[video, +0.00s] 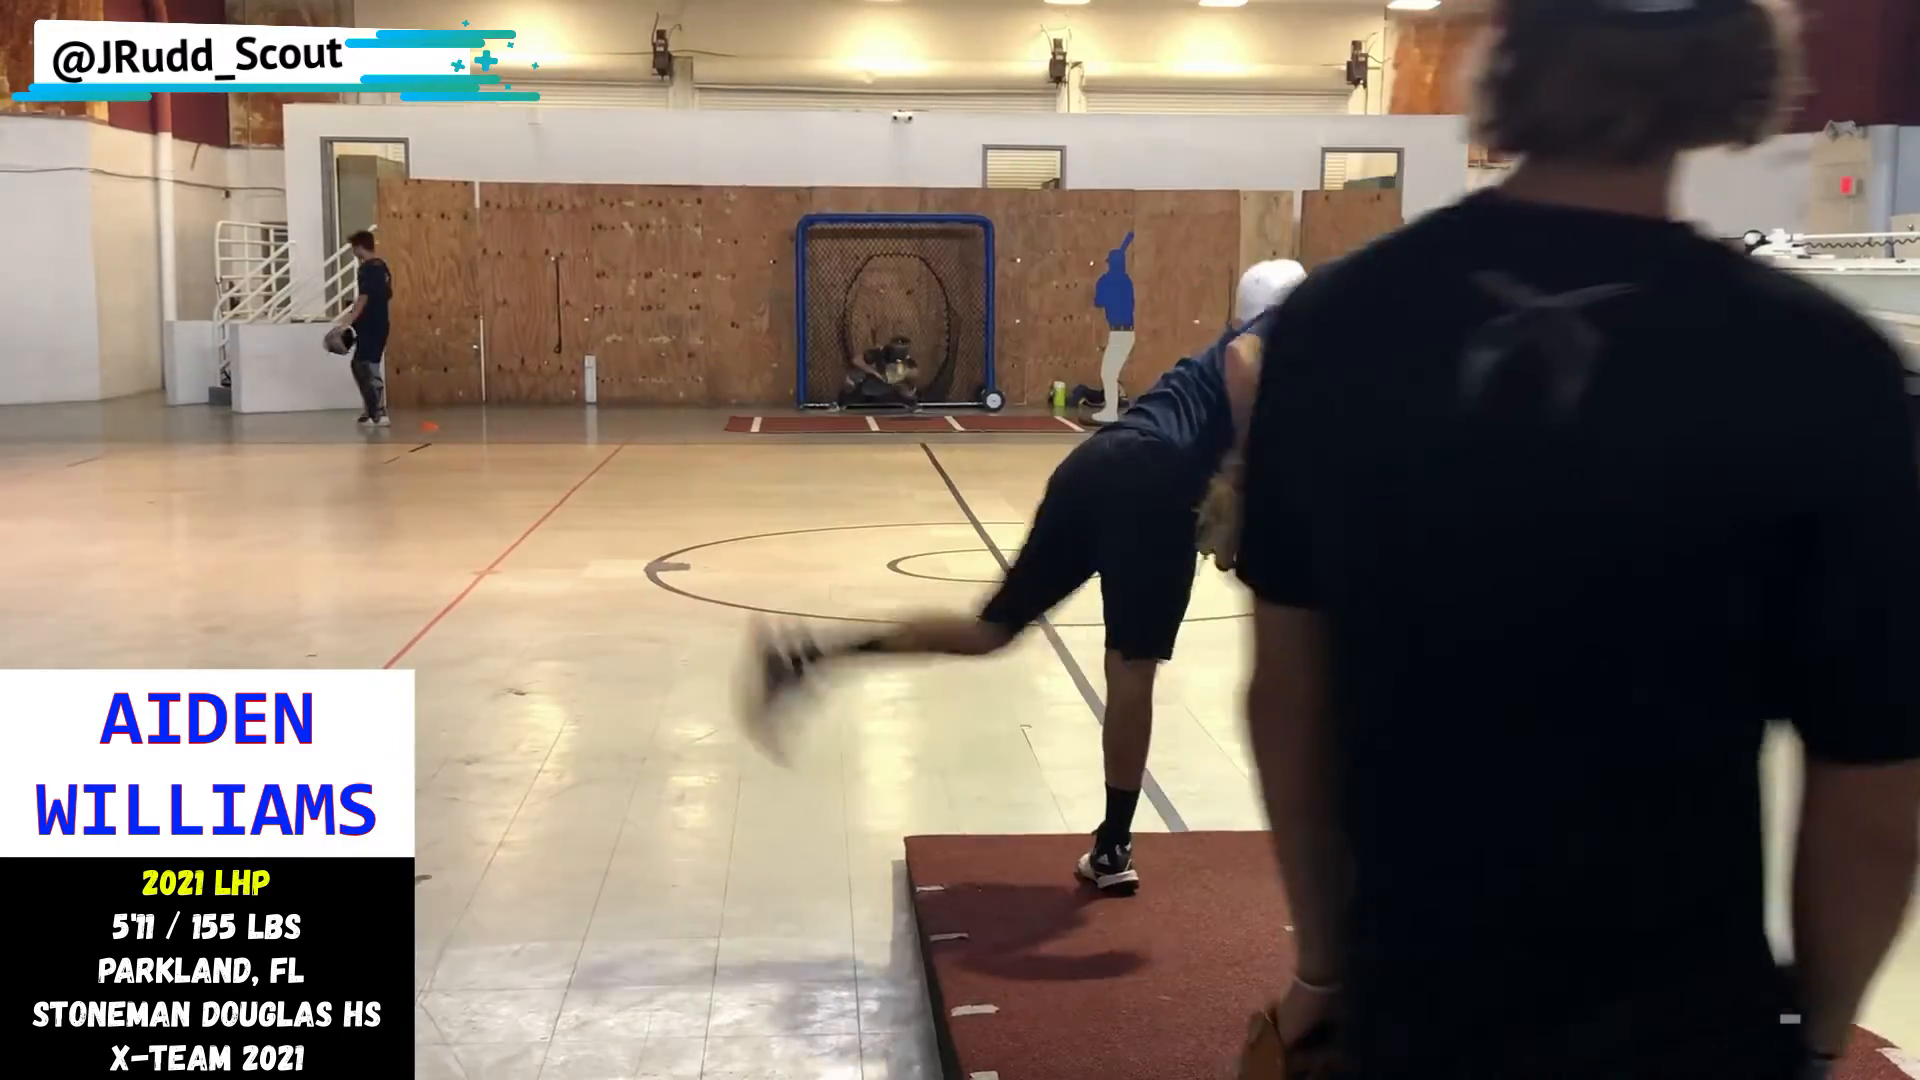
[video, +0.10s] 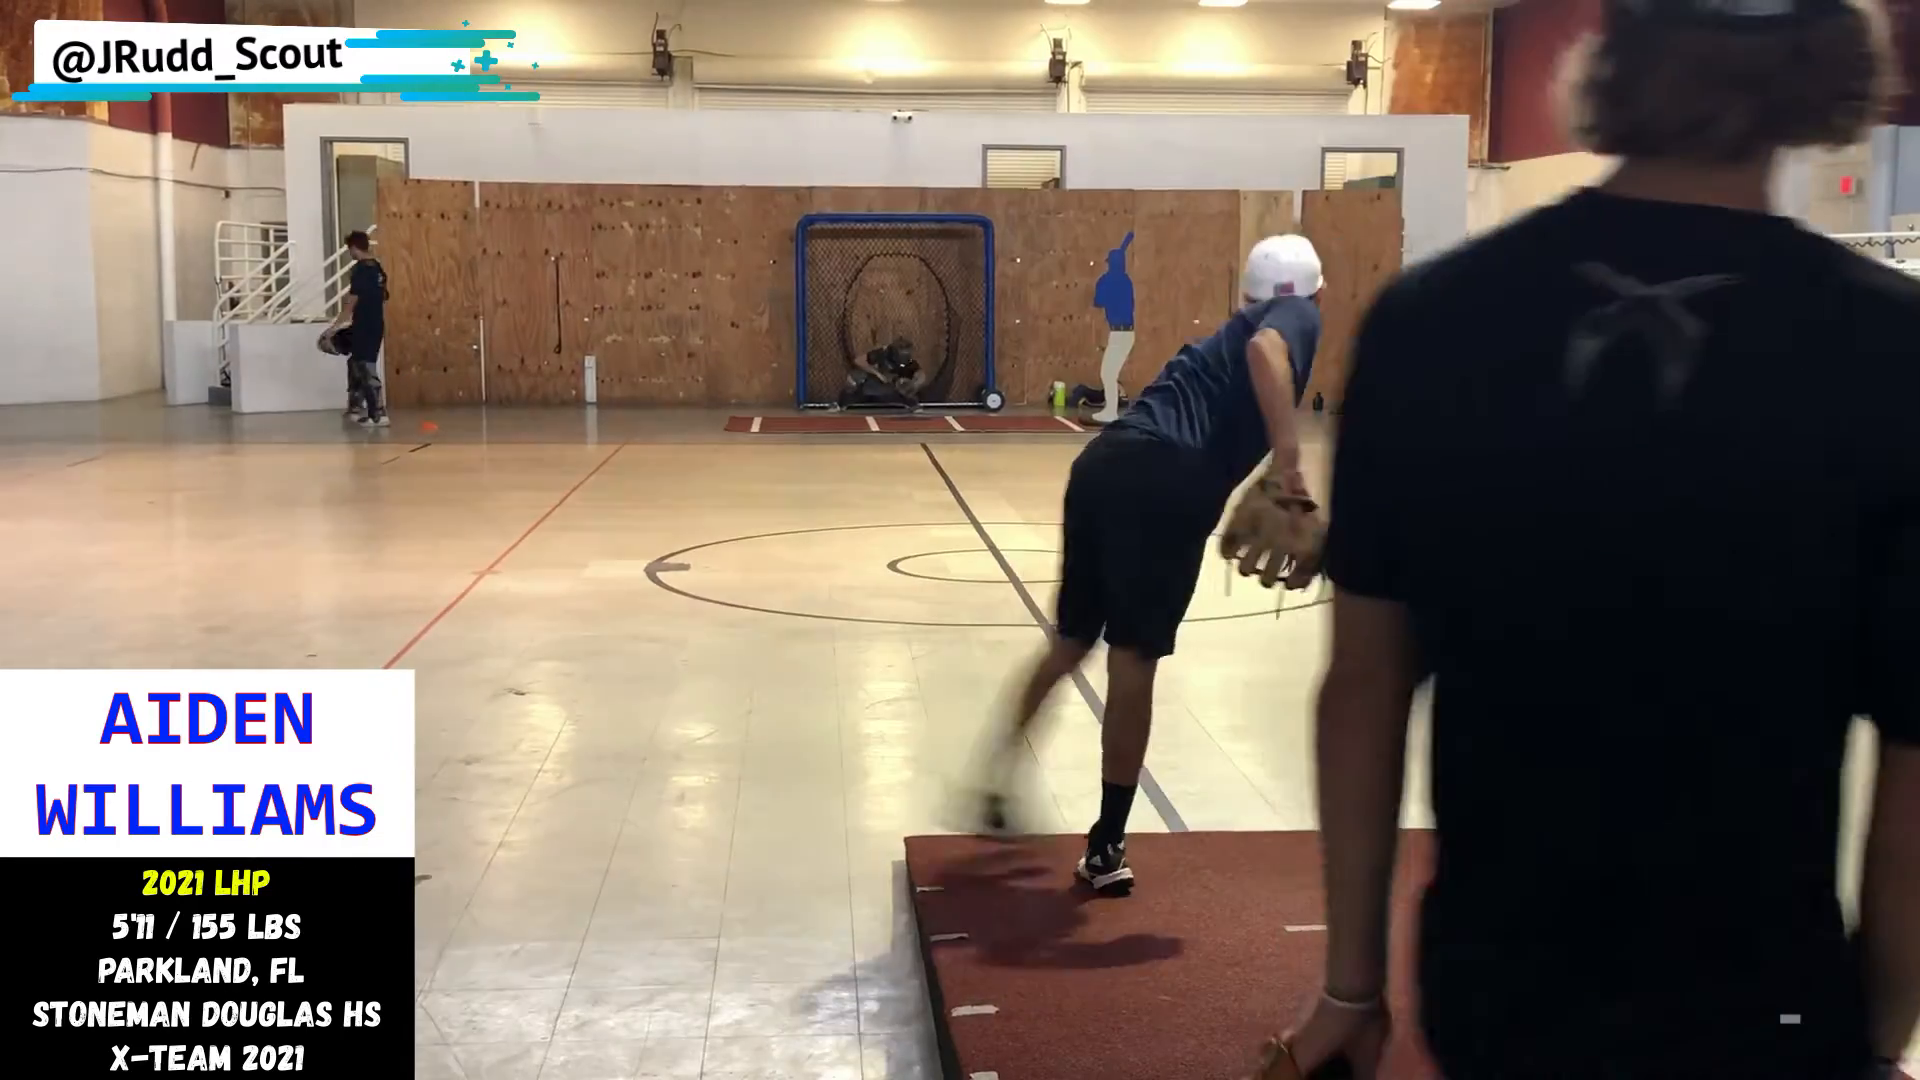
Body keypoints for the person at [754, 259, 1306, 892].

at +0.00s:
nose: (1309, 326)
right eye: (1303, 312)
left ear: (1245, 311)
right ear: (1292, 315)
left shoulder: (1220, 352)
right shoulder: (1266, 349)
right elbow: (1256, 464)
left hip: (1089, 474)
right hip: (1155, 497)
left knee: (987, 629)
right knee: (1133, 674)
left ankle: (810, 651)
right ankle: (1112, 848)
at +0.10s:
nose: (1323, 295)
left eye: (1318, 287)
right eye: (1321, 285)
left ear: (1250, 293)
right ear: (1311, 289)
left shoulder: (1228, 334)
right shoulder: (1297, 308)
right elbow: (1266, 352)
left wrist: (1261, 507)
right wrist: (1291, 478)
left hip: (1101, 466)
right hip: (1168, 485)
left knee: (1071, 637)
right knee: (1132, 666)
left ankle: (994, 775)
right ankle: (1106, 846)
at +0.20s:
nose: (1328, 277)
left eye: (1323, 268)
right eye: (1327, 268)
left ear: (1256, 274)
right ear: (1317, 271)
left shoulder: (1226, 320)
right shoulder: (1303, 294)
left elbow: (1167, 398)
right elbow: (1277, 344)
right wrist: (1301, 468)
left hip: (1125, 475)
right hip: (1185, 487)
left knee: (1157, 652)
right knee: (1153, 663)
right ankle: (1103, 837)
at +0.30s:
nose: (1333, 256)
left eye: (1328, 247)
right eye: (1331, 247)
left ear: (1260, 255)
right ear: (1321, 254)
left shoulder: (1237, 301)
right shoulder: (1304, 284)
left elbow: (1180, 396)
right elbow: (1275, 340)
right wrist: (1305, 466)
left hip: (1168, 487)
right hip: (1215, 495)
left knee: (1236, 643)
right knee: (1218, 663)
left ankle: (1239, 814)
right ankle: (1129, 827)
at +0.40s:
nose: (1331, 245)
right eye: (1331, 235)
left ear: (1266, 240)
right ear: (1328, 238)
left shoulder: (1238, 297)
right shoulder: (1311, 281)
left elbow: (1202, 389)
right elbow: (1282, 343)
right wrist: (1311, 460)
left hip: (1191, 488)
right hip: (1243, 494)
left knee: (1253, 653)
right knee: (1283, 658)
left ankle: (1243, 815)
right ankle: (1178, 799)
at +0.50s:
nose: (1341, 225)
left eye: (1333, 215)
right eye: (1339, 215)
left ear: (1273, 221)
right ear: (1332, 219)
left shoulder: (1236, 290)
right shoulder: (1322, 269)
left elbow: (1233, 403)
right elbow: (1308, 343)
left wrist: (1312, 481)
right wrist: (1339, 447)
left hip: (1205, 483)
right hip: (1271, 486)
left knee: (1255, 642)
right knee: (1319, 641)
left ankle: (1237, 811)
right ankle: (1246, 790)